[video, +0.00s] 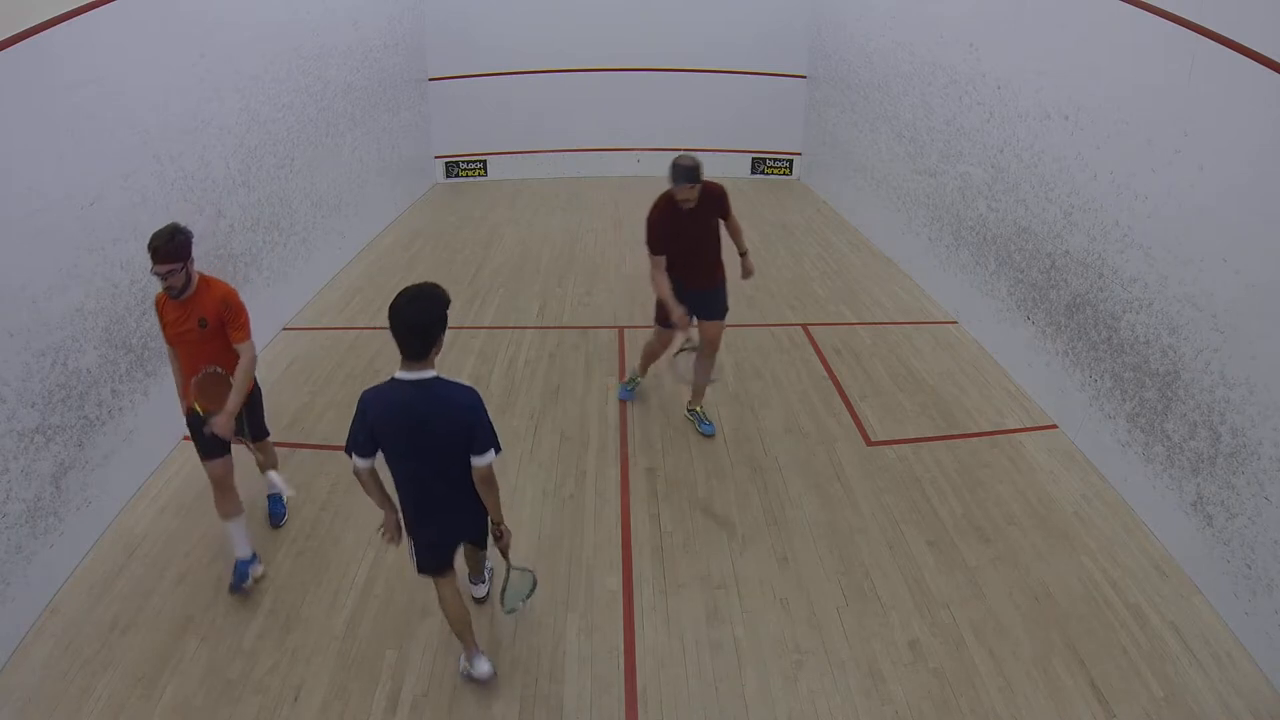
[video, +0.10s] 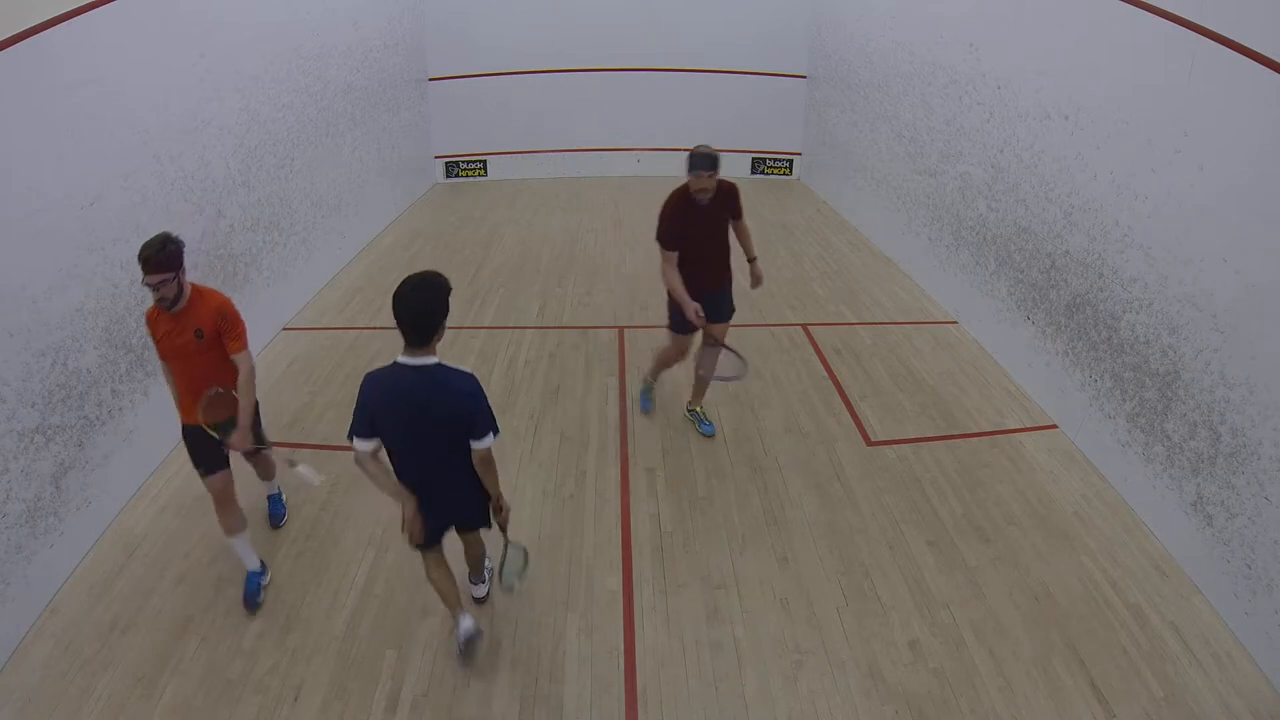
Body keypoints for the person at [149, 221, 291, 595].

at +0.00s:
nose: (166, 283)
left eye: (171, 274)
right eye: (159, 276)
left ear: (190, 263)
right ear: (155, 270)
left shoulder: (222, 296)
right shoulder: (163, 305)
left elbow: (248, 356)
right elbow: (174, 355)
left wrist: (229, 412)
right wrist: (184, 399)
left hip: (238, 391)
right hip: (199, 401)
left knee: (259, 444)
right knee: (219, 478)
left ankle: (275, 488)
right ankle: (245, 555)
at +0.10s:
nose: (157, 294)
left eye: (163, 285)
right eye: (151, 287)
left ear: (181, 274)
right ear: (146, 282)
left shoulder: (216, 307)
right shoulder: (154, 320)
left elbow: (245, 367)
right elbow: (169, 369)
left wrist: (244, 425)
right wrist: (183, 414)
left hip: (236, 405)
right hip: (195, 418)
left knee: (255, 455)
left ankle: (273, 491)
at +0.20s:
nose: (149, 301)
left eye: (154, 291)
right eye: (141, 294)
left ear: (173, 280)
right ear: (134, 290)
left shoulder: (209, 314)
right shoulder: (143, 331)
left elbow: (241, 372)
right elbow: (160, 383)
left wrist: (257, 427)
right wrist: (177, 426)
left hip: (230, 421)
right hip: (189, 434)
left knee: (254, 474)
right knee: (218, 507)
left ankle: (272, 494)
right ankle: (254, 571)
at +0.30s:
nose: (143, 306)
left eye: (149, 295)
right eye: (134, 299)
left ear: (167, 284)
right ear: (126, 295)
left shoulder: (205, 320)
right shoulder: (131, 341)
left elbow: (244, 373)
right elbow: (147, 396)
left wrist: (265, 426)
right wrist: (166, 444)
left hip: (226, 434)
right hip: (184, 448)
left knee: (250, 498)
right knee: (217, 516)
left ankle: (270, 507)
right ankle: (254, 571)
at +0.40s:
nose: (143, 313)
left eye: (151, 302)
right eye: (133, 305)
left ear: (166, 289)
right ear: (124, 300)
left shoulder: (203, 324)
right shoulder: (122, 350)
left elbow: (243, 374)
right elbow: (132, 405)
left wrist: (269, 427)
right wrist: (155, 458)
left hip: (225, 440)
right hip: (181, 457)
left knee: (261, 519)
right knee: (218, 523)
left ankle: (275, 547)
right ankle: (253, 572)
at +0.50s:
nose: (148, 322)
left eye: (155, 310)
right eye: (137, 314)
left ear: (168, 296)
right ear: (125, 308)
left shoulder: (202, 332)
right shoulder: (119, 360)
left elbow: (240, 380)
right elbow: (120, 418)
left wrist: (269, 432)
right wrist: (146, 477)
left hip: (227, 450)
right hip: (183, 469)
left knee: (265, 533)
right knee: (220, 529)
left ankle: (289, 589)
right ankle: (253, 572)